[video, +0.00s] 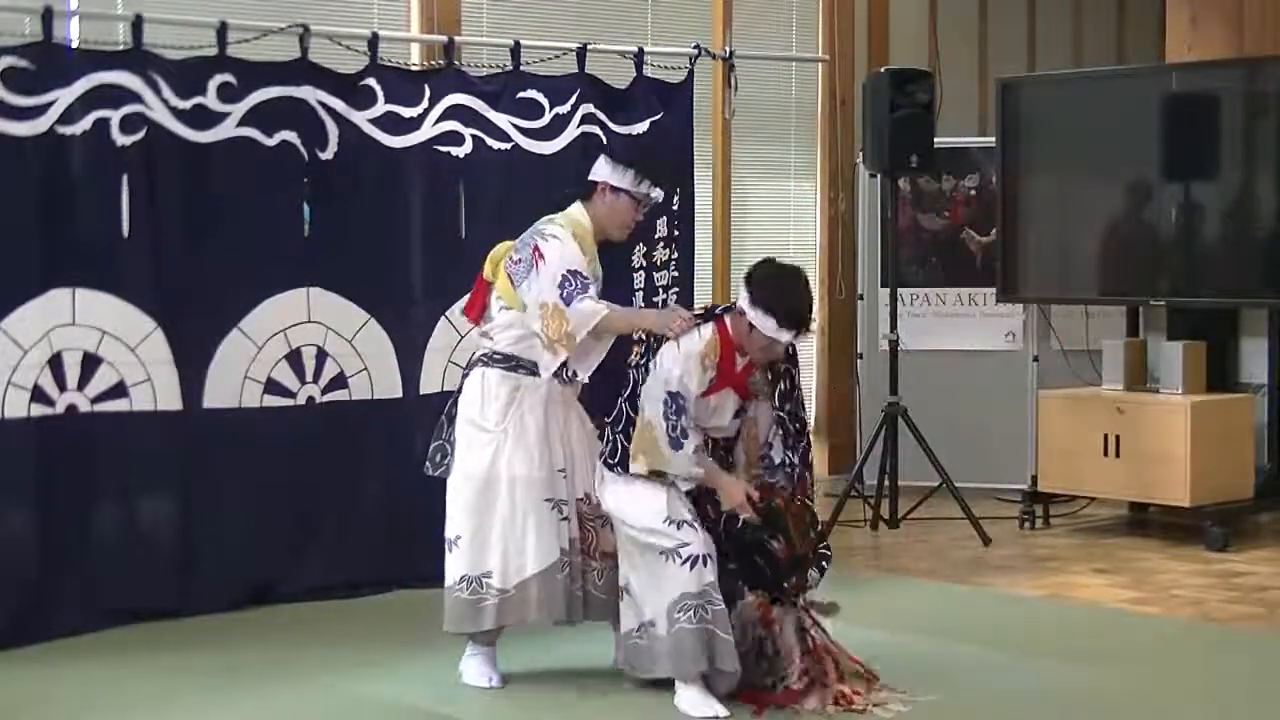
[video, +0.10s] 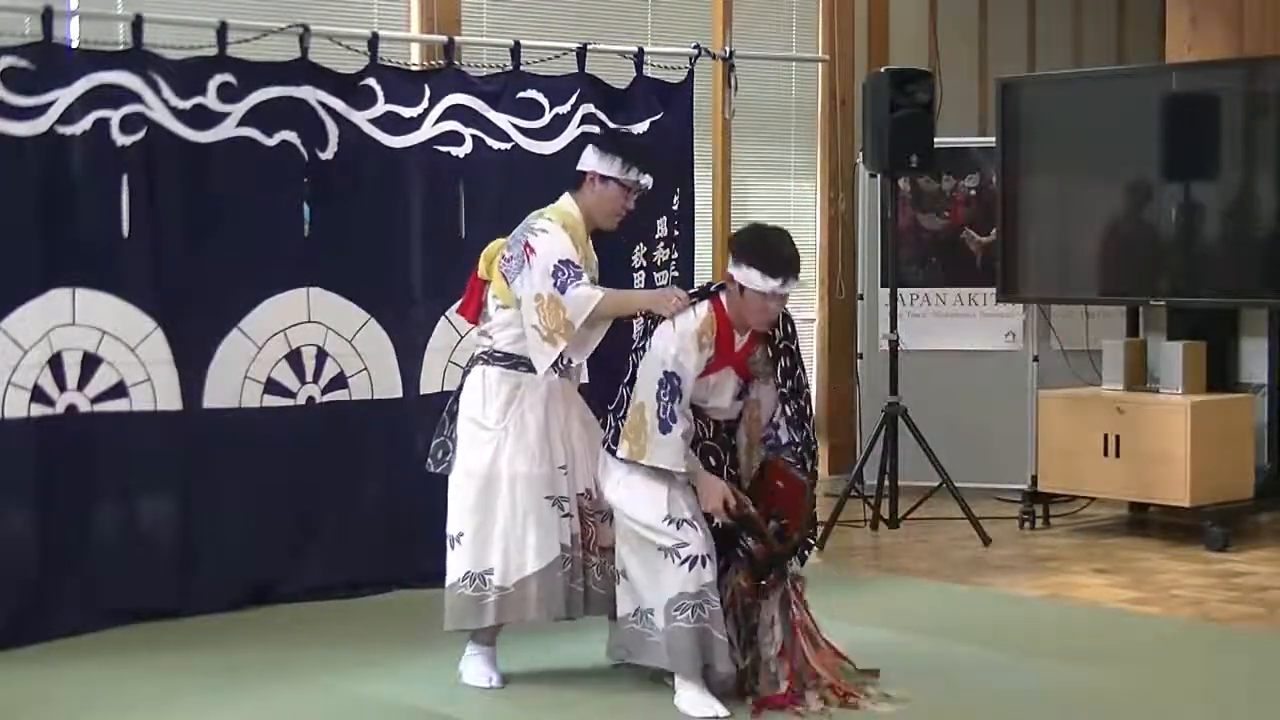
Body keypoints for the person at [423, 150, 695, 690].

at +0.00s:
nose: (639, 219)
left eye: (643, 210)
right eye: (634, 206)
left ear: (610, 201)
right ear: (603, 195)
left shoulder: (581, 252)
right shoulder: (554, 240)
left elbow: (568, 335)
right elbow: (577, 311)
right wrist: (652, 319)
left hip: (547, 398)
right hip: (504, 396)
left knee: (597, 504)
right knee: (497, 516)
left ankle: (639, 634)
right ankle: (481, 647)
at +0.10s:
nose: (631, 204)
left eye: (635, 194)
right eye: (626, 190)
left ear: (598, 187)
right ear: (593, 181)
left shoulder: (576, 242)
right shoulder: (550, 232)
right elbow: (572, 301)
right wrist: (648, 300)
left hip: (548, 394)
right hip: (506, 393)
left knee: (615, 497)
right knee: (498, 515)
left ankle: (639, 633)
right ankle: (481, 646)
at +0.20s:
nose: (627, 195)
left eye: (630, 185)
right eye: (620, 182)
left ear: (597, 180)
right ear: (587, 173)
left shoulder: (584, 243)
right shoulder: (545, 226)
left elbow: (565, 334)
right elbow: (565, 291)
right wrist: (644, 281)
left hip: (557, 392)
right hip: (512, 392)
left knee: (625, 492)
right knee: (503, 516)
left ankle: (641, 624)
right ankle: (481, 646)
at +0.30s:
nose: (630, 186)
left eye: (634, 176)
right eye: (623, 173)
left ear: (603, 174)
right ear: (589, 166)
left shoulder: (590, 233)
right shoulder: (550, 222)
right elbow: (563, 284)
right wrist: (636, 260)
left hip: (574, 390)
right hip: (525, 391)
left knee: (621, 499)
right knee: (511, 514)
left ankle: (644, 623)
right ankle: (480, 645)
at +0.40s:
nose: (639, 180)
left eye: (643, 170)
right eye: (631, 167)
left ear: (631, 173)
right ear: (598, 161)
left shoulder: (612, 227)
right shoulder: (562, 219)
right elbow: (564, 281)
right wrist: (627, 246)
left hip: (601, 385)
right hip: (544, 386)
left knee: (637, 499)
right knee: (522, 510)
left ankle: (662, 625)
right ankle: (480, 647)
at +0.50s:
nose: (660, 172)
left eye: (662, 163)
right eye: (651, 160)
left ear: (648, 170)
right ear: (616, 161)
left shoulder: (643, 223)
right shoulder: (578, 217)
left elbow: (670, 290)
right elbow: (563, 282)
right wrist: (614, 229)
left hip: (619, 383)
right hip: (561, 385)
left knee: (650, 500)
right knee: (529, 503)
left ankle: (666, 627)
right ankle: (484, 645)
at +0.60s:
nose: (666, 166)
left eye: (671, 155)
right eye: (655, 154)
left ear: (675, 163)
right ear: (626, 158)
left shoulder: (677, 219)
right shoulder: (592, 215)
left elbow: (709, 289)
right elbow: (571, 272)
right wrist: (619, 209)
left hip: (652, 381)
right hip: (583, 382)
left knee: (675, 503)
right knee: (546, 500)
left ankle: (693, 638)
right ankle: (496, 642)